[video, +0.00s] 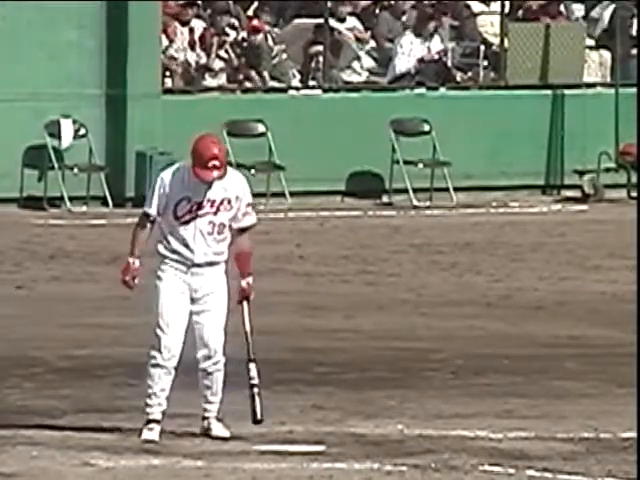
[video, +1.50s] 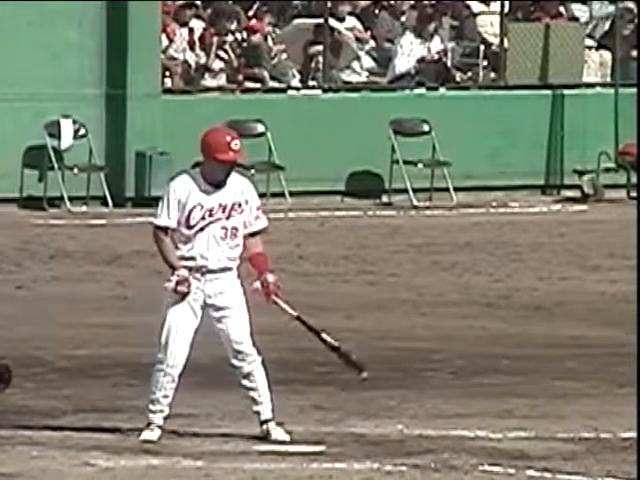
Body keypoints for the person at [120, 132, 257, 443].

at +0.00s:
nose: (214, 173)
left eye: (218, 167)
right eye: (207, 168)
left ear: (224, 160)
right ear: (193, 162)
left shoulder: (236, 183)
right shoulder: (169, 179)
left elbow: (242, 233)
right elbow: (146, 221)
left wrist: (246, 276)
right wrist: (133, 257)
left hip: (212, 274)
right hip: (173, 273)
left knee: (212, 349)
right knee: (167, 347)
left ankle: (211, 417)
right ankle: (153, 419)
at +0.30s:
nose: (209, 174)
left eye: (214, 167)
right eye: (203, 168)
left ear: (220, 160)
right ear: (188, 161)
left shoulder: (231, 183)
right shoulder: (165, 180)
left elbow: (237, 234)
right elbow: (143, 222)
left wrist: (241, 277)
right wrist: (137, 256)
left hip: (210, 274)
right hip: (171, 273)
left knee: (212, 349)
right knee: (166, 349)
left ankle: (211, 417)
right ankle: (154, 419)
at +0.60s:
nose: (193, 173)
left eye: (197, 167)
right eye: (187, 168)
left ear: (204, 161)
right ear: (173, 162)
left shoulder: (218, 182)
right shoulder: (152, 183)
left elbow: (228, 232)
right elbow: (137, 227)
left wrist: (236, 274)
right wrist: (133, 266)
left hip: (206, 274)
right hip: (165, 274)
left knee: (211, 350)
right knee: (163, 351)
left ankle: (211, 417)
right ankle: (154, 420)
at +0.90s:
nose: (190, 168)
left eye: (192, 162)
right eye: (183, 164)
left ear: (196, 155)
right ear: (166, 159)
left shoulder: (211, 179)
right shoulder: (147, 185)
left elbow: (225, 227)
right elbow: (130, 228)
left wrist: (234, 271)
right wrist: (124, 269)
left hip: (207, 274)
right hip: (167, 277)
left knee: (224, 345)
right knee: (162, 353)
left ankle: (239, 412)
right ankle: (154, 421)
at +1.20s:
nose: (219, 169)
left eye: (222, 163)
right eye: (212, 164)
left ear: (225, 158)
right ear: (196, 162)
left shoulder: (237, 185)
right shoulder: (173, 188)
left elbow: (248, 234)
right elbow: (156, 229)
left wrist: (254, 277)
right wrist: (162, 265)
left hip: (226, 277)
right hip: (185, 277)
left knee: (242, 350)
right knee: (172, 355)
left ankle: (268, 419)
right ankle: (155, 421)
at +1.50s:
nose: (230, 168)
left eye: (232, 163)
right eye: (225, 163)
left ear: (233, 160)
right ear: (209, 160)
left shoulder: (242, 187)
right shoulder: (180, 187)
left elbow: (253, 237)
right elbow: (161, 232)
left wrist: (264, 272)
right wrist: (178, 267)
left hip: (227, 279)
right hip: (188, 279)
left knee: (243, 351)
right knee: (171, 355)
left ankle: (268, 421)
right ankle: (155, 421)